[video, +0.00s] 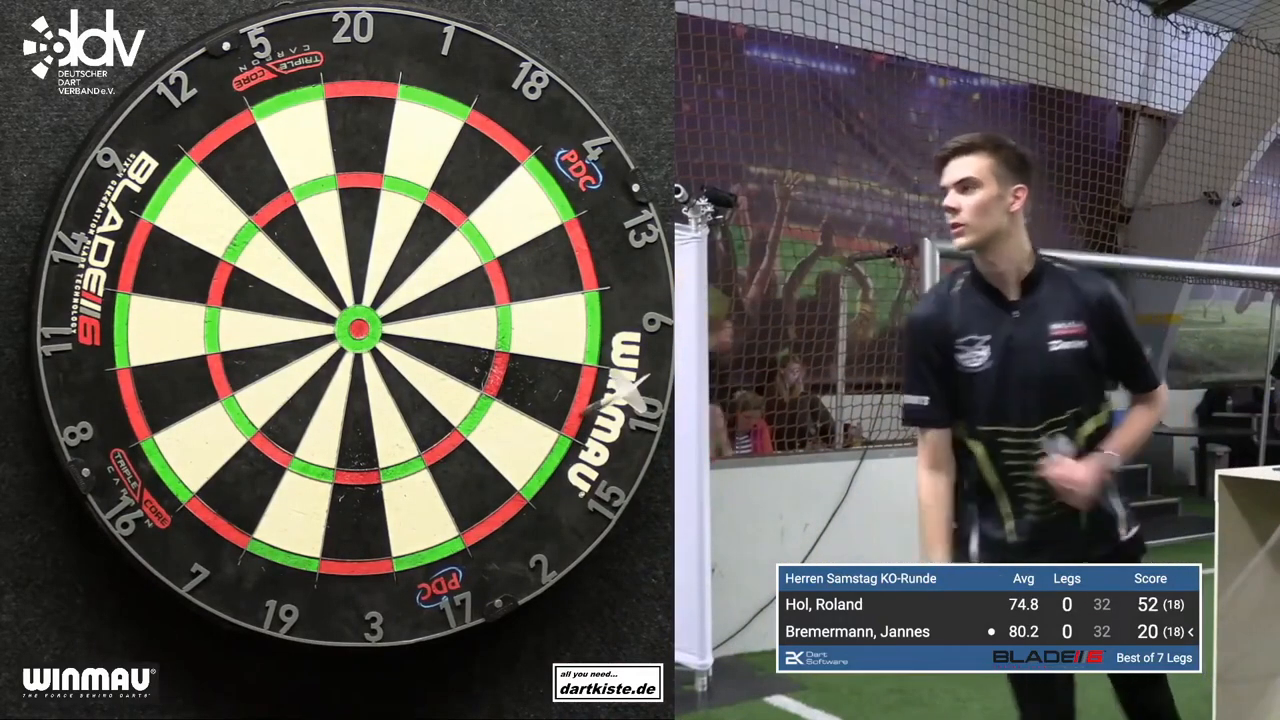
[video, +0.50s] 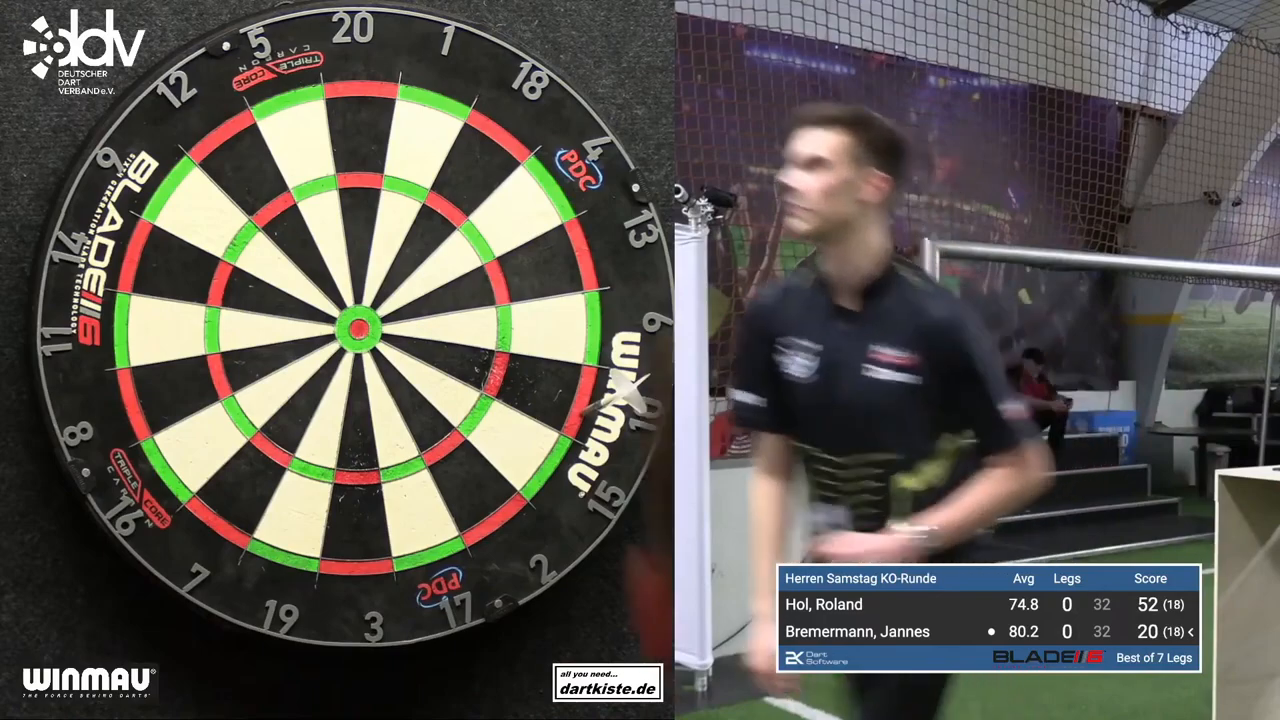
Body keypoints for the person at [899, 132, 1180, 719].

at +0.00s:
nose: (948, 204)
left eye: (966, 188)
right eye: (946, 193)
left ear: (1016, 199)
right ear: (945, 206)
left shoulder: (1089, 297)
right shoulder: (936, 319)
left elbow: (1152, 397)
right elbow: (935, 464)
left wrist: (1101, 464)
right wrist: (939, 583)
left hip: (1102, 546)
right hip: (1008, 560)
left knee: (1147, 701)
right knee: (1044, 710)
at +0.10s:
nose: (928, 203)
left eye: (946, 188)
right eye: (925, 192)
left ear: (997, 200)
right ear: (923, 206)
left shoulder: (1070, 302)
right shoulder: (913, 322)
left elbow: (1132, 419)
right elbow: (926, 463)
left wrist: (1062, 489)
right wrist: (940, 577)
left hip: (1086, 554)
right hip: (989, 563)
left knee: (1107, 707)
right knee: (1023, 711)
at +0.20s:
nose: (911, 203)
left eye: (930, 187)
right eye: (909, 191)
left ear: (982, 200)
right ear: (907, 204)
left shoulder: (1056, 309)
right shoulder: (898, 323)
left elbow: (1120, 424)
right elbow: (909, 465)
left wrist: (1041, 490)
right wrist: (918, 581)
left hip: (1061, 566)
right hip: (969, 571)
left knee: (1049, 707)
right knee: (1009, 707)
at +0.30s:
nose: (874, 205)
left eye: (897, 189)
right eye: (874, 191)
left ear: (951, 204)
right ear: (873, 205)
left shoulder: (1024, 317)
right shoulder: (864, 330)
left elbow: (1102, 436)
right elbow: (868, 479)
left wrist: (1011, 512)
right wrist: (871, 603)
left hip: (1032, 570)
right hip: (939, 577)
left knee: (984, 706)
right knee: (1004, 705)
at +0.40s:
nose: (844, 202)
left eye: (868, 187)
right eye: (844, 188)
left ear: (925, 204)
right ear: (843, 201)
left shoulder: (996, 324)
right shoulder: (831, 330)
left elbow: (1081, 451)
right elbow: (829, 481)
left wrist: (983, 526)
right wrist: (832, 619)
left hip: (1003, 580)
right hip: (911, 586)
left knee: (947, 708)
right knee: (992, 708)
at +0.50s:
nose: (786, 180)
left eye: (813, 166)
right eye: (788, 164)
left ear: (875, 187)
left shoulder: (938, 321)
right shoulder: (774, 316)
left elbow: (1026, 465)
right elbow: (771, 467)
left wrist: (902, 539)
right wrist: (768, 615)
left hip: (928, 590)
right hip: (832, 589)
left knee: (889, 707)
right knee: (885, 706)